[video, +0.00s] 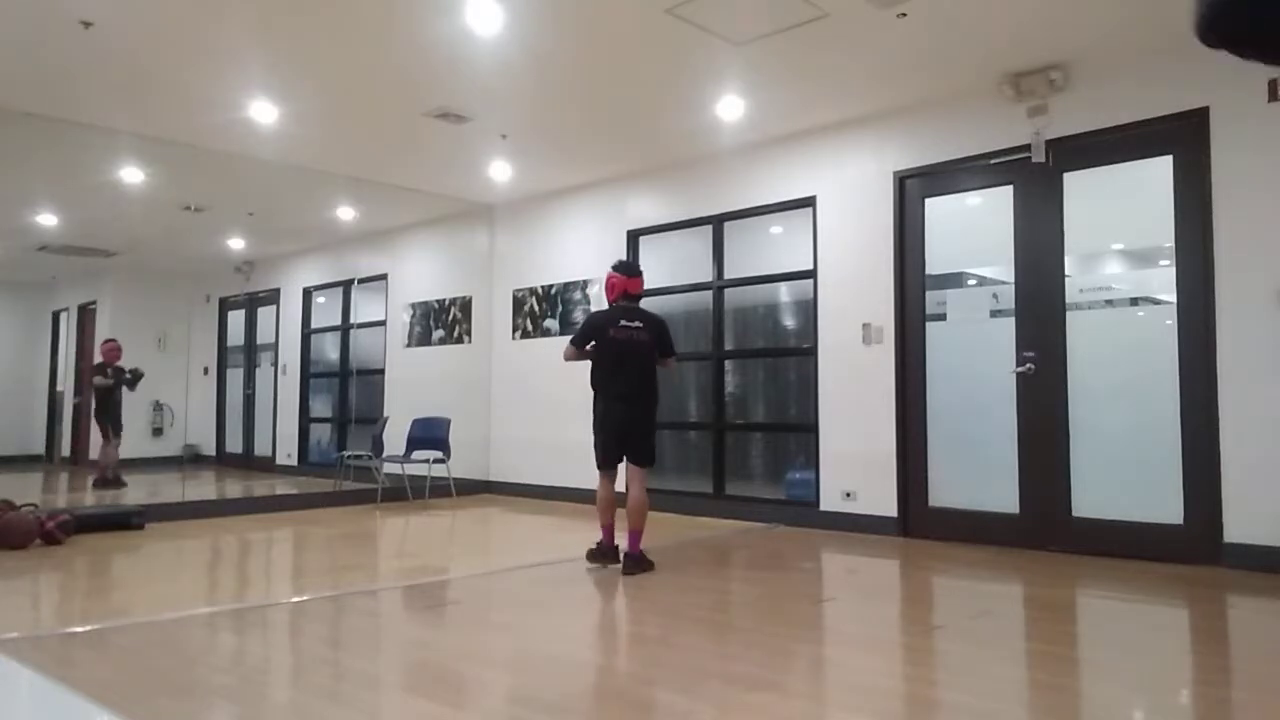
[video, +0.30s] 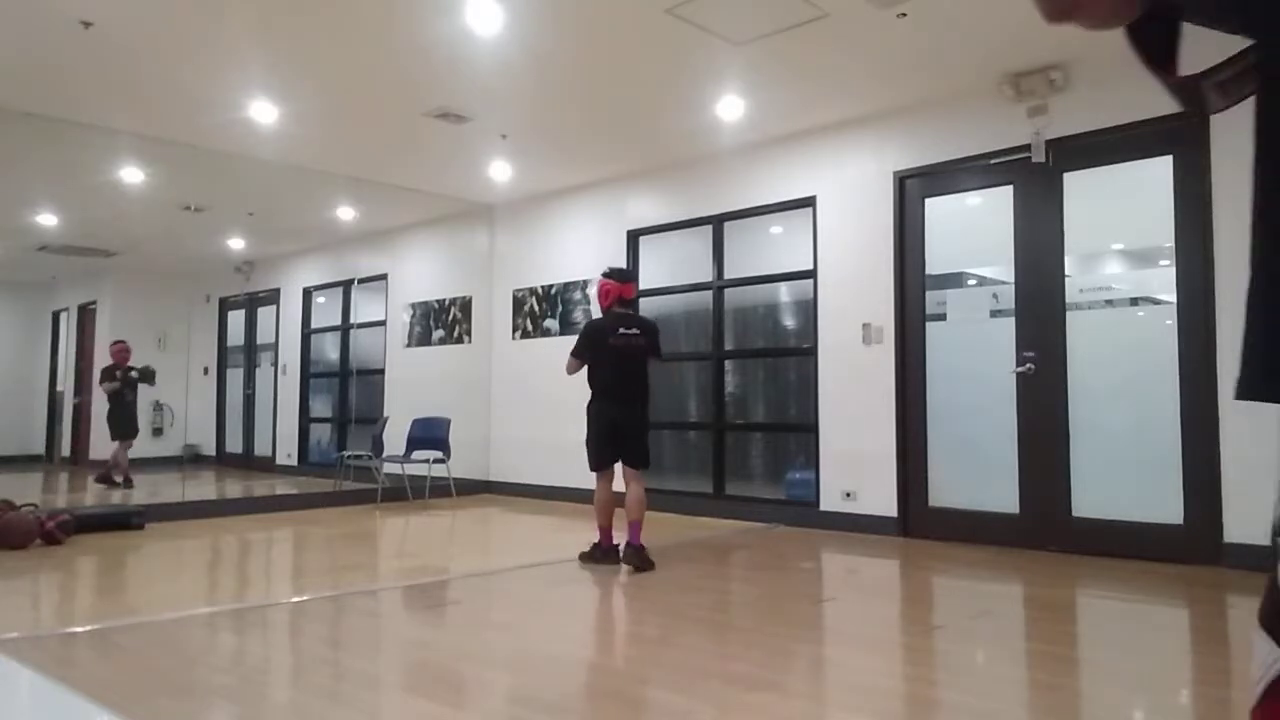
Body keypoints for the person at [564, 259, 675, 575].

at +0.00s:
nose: (606, 289)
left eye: (607, 285)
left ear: (611, 288)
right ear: (640, 289)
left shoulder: (597, 320)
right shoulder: (655, 323)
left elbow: (570, 354)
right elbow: (667, 361)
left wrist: (595, 352)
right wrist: (643, 353)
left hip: (607, 411)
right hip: (643, 411)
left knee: (606, 477)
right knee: (637, 480)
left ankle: (607, 546)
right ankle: (633, 554)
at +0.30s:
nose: (597, 295)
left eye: (599, 291)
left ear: (604, 295)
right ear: (632, 295)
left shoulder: (594, 328)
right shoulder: (647, 327)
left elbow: (572, 367)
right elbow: (654, 360)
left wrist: (596, 348)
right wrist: (630, 346)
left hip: (602, 413)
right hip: (635, 412)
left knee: (604, 478)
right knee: (634, 478)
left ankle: (605, 546)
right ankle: (634, 547)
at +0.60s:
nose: (589, 306)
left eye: (590, 300)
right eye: (588, 300)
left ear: (598, 300)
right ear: (619, 297)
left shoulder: (598, 330)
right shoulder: (637, 328)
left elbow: (578, 373)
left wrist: (567, 351)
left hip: (601, 411)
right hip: (627, 409)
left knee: (603, 479)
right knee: (619, 473)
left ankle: (606, 546)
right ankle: (636, 533)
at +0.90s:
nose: (591, 314)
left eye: (592, 307)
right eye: (589, 309)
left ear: (606, 301)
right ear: (609, 301)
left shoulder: (616, 328)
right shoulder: (624, 326)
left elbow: (605, 370)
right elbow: (613, 371)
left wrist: (576, 361)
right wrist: (586, 372)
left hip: (607, 415)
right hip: (619, 413)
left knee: (604, 477)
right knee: (615, 474)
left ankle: (606, 545)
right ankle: (626, 537)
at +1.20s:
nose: (593, 318)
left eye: (595, 312)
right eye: (591, 313)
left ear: (610, 305)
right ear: (605, 308)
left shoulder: (628, 331)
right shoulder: (610, 333)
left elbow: (629, 370)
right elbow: (602, 366)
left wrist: (594, 373)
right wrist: (584, 375)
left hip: (614, 413)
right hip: (611, 411)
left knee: (603, 472)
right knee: (618, 470)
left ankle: (605, 542)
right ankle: (627, 537)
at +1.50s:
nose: (597, 319)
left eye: (599, 313)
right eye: (594, 314)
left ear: (614, 307)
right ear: (595, 312)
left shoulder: (635, 333)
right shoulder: (599, 336)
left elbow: (640, 371)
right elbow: (583, 364)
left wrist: (609, 371)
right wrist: (578, 378)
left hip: (621, 411)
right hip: (604, 411)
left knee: (608, 470)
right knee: (616, 471)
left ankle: (617, 539)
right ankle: (626, 537)